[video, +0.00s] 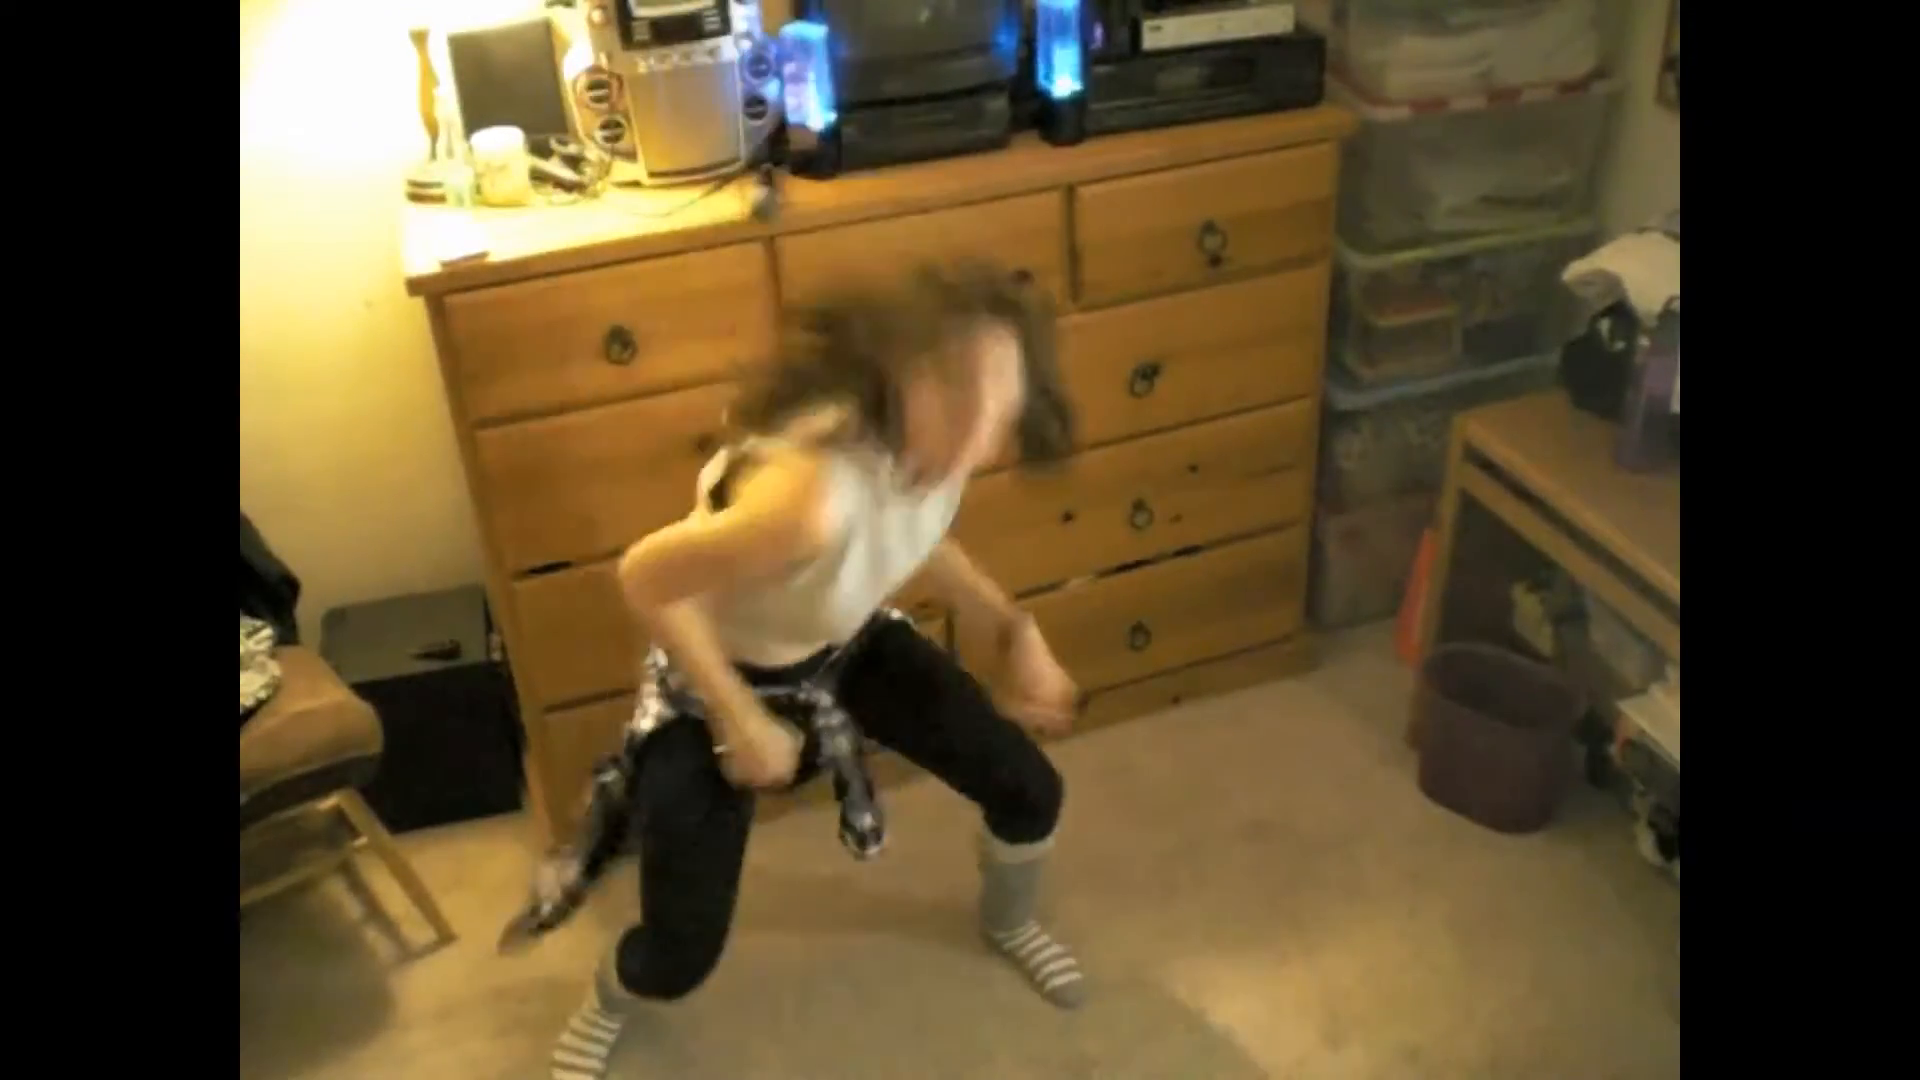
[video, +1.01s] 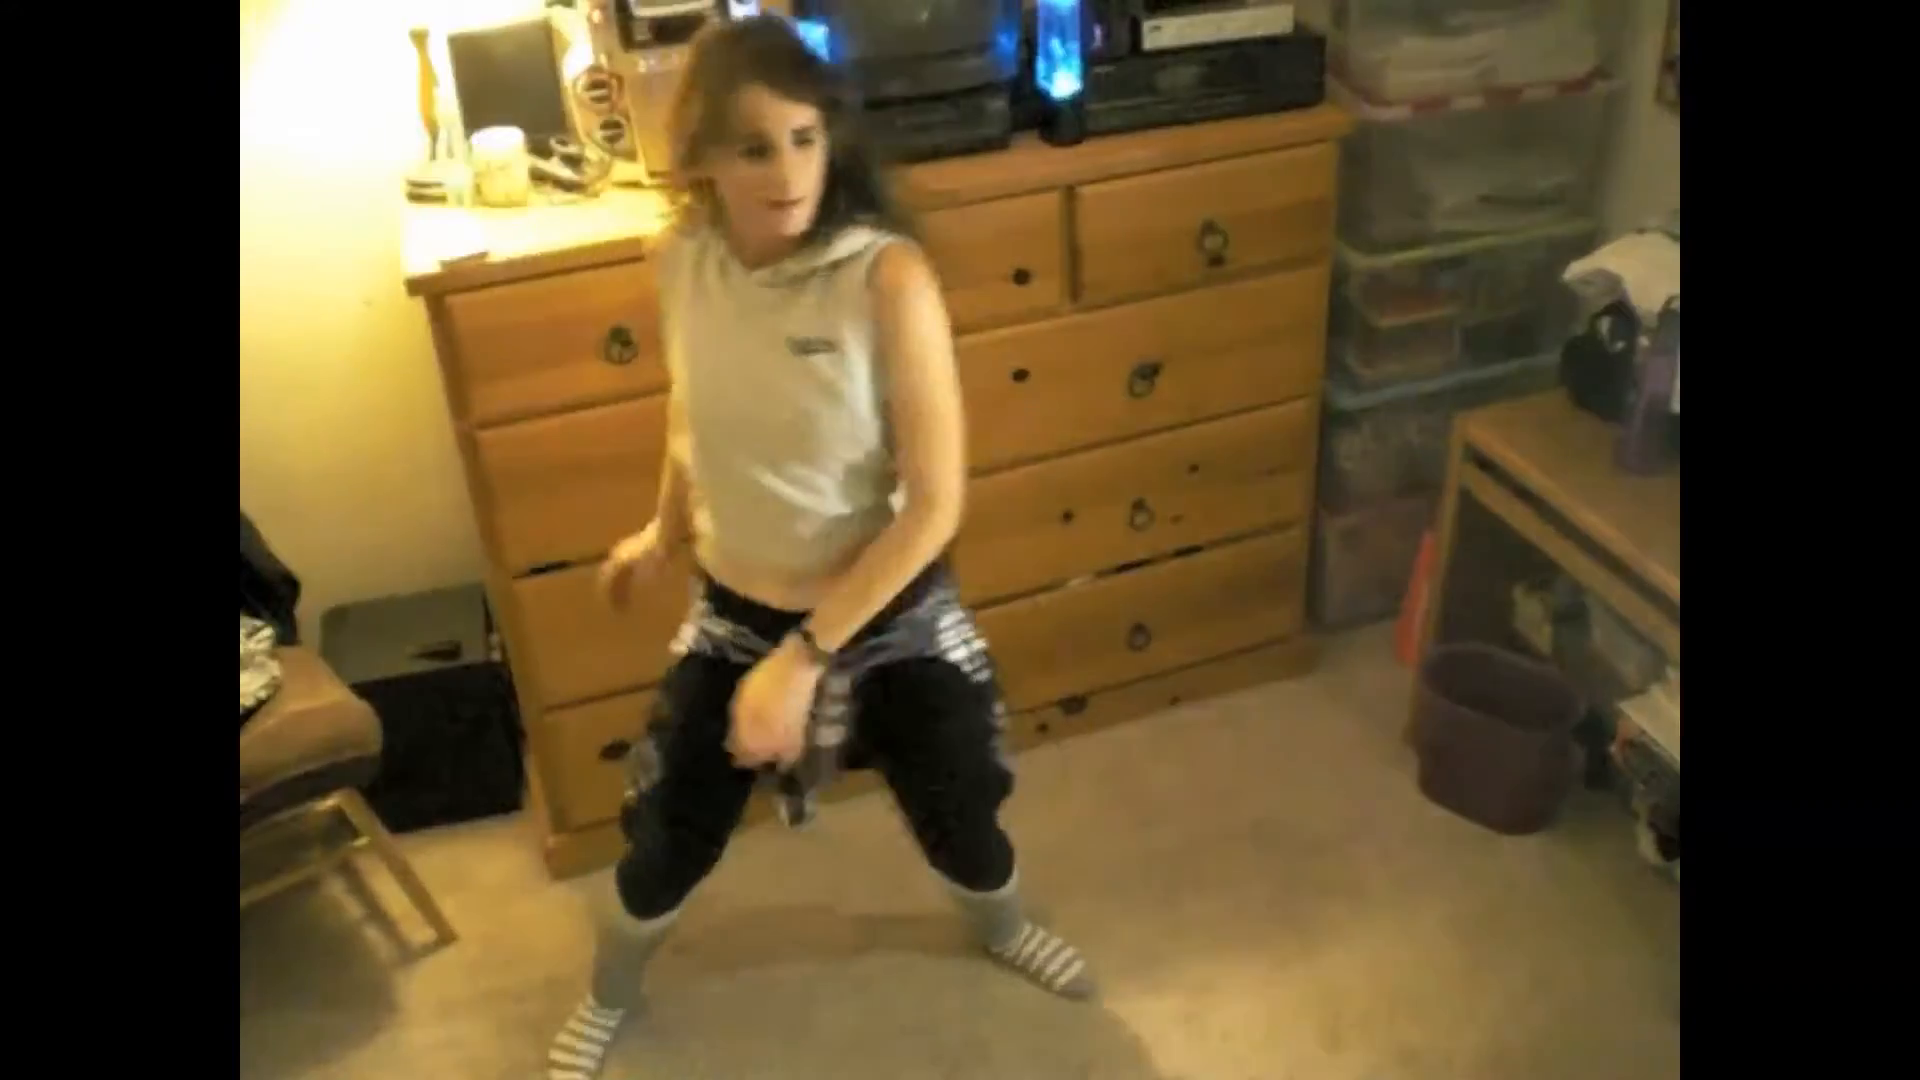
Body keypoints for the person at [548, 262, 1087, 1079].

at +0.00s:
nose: (978, 423)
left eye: (1001, 401)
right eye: (958, 390)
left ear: (1022, 417)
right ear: (904, 379)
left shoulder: (934, 464)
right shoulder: (806, 499)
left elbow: (910, 539)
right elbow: (646, 576)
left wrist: (1010, 620)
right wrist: (739, 717)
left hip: (849, 643)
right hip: (725, 679)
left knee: (1028, 790)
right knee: (681, 948)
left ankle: (1009, 921)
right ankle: (608, 1005)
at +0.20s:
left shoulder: (891, 482)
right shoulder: (680, 549)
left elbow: (939, 600)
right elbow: (591, 563)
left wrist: (1002, 701)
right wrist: (595, 731)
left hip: (846, 642)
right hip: (699, 668)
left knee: (1009, 817)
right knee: (668, 928)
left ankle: (1010, 923)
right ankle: (604, 1001)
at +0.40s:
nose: (636, 513)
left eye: (634, 494)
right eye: (617, 508)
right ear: (587, 476)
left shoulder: (781, 398)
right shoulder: (600, 442)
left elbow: (886, 568)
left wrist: (894, 716)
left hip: (839, 612)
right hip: (695, 636)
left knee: (972, 810)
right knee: (644, 876)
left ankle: (1002, 923)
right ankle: (601, 1005)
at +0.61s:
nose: (600, 312)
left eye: (608, 277)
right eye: (570, 301)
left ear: (650, 224)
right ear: (547, 300)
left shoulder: (765, 317)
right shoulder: (584, 324)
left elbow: (833, 511)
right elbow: (623, 459)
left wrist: (826, 674)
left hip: (826, 601)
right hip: (683, 611)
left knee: (932, 801)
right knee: (633, 837)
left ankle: (1000, 919)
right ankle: (603, 999)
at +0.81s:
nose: (702, 170)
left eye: (724, 138)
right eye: (668, 142)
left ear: (757, 156)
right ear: (622, 164)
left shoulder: (809, 307)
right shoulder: (599, 275)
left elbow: (886, 496)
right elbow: (649, 423)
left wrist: (836, 656)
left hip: (832, 615)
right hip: (682, 623)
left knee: (934, 818)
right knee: (629, 846)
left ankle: (993, 926)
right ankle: (601, 1002)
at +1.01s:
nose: (784, 174)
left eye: (802, 141)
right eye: (750, 149)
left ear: (833, 142)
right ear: (700, 162)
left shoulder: (887, 276)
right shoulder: (684, 266)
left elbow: (933, 500)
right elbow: (686, 409)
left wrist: (804, 654)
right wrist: (666, 526)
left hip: (894, 615)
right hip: (737, 617)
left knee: (966, 799)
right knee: (668, 839)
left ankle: (998, 925)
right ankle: (608, 996)